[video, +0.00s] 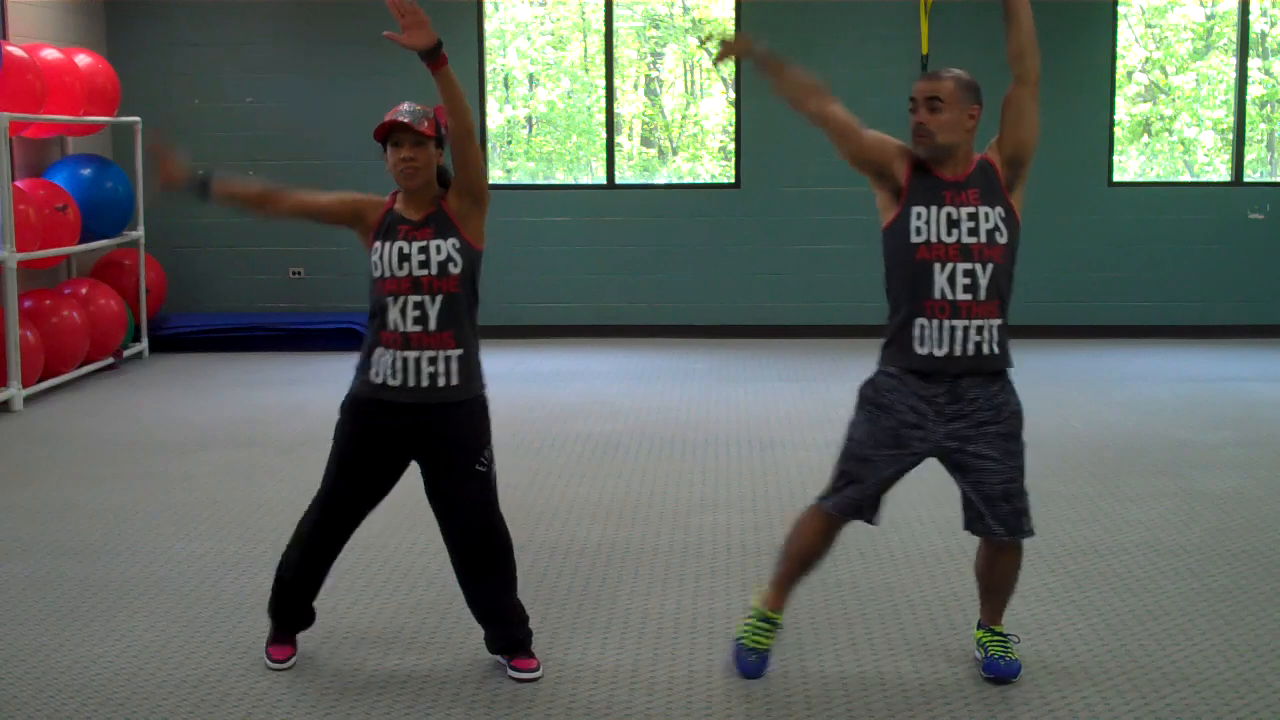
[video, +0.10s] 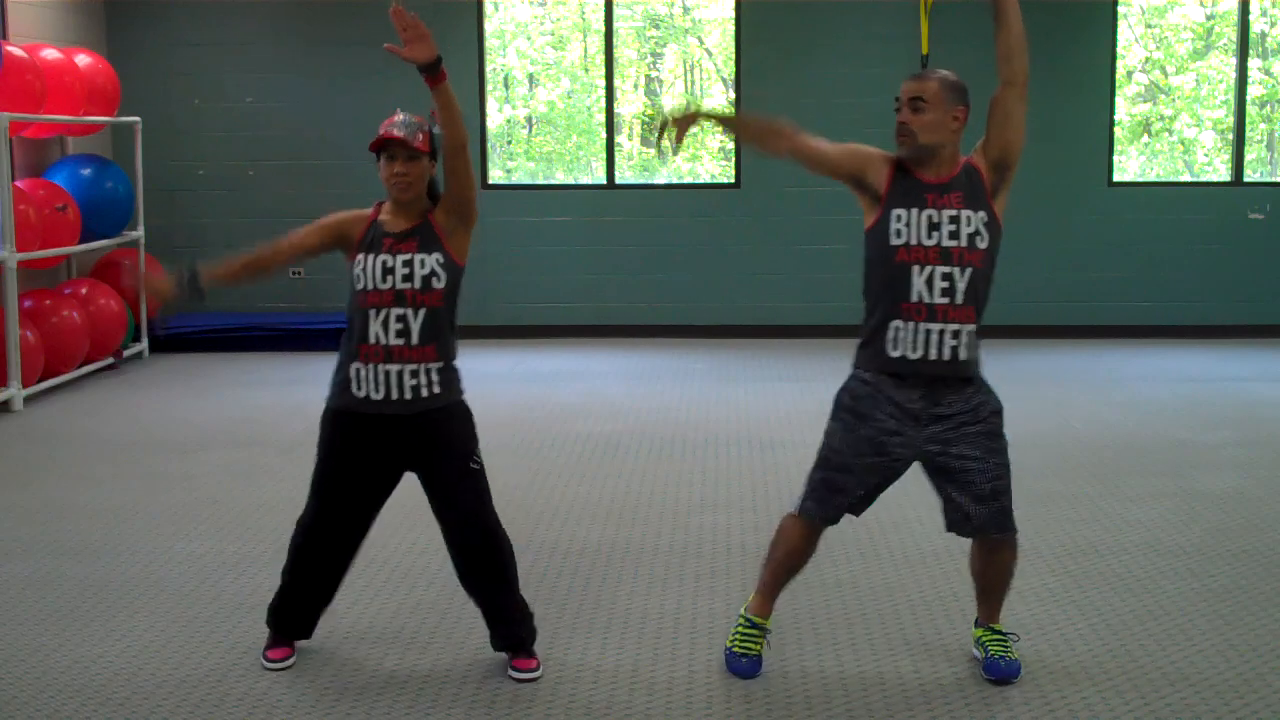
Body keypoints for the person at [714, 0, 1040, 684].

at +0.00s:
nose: (921, 117)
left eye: (936, 106)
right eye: (915, 107)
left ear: (974, 116)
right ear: (911, 117)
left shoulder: (1003, 171)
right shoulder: (895, 169)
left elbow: (1026, 77)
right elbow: (822, 105)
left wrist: (1016, 1)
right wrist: (756, 53)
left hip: (984, 394)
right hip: (902, 390)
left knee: (1004, 525)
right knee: (840, 504)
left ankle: (992, 631)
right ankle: (769, 609)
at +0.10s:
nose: (903, 117)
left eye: (919, 106)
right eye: (901, 106)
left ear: (960, 118)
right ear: (899, 116)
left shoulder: (987, 178)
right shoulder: (877, 172)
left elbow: (1014, 79)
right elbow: (793, 140)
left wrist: (1007, 2)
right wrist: (715, 119)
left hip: (960, 395)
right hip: (878, 392)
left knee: (997, 524)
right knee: (814, 510)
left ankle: (991, 629)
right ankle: (756, 615)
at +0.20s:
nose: (890, 120)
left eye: (906, 110)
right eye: (888, 110)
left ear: (947, 121)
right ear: (888, 120)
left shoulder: (976, 182)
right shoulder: (859, 178)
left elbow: (1009, 88)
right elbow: (772, 181)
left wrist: (1001, 4)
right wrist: (692, 199)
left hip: (947, 397)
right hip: (863, 395)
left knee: (999, 524)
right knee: (801, 513)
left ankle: (994, 623)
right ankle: (750, 617)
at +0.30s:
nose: (892, 125)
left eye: (908, 115)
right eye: (889, 114)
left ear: (946, 129)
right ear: (886, 123)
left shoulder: (975, 189)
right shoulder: (857, 195)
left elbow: (1013, 95)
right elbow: (795, 241)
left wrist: (1004, 4)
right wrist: (748, 280)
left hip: (944, 403)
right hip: (862, 399)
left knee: (990, 529)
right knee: (801, 517)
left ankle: (999, 627)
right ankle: (752, 618)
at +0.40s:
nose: (916, 131)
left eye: (931, 121)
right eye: (907, 119)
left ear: (957, 137)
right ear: (894, 132)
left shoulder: (983, 193)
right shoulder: (869, 214)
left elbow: (1026, 101)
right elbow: (837, 308)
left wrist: (1011, 10)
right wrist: (824, 296)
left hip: (958, 409)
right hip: (876, 404)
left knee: (999, 537)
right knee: (808, 516)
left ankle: (997, 632)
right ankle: (753, 619)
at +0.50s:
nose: (938, 127)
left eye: (951, 117)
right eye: (925, 117)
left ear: (969, 133)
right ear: (909, 132)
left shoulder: (996, 188)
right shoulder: (889, 208)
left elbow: (1040, 100)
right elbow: (852, 284)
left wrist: (1020, 12)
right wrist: (866, 207)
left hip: (989, 406)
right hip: (907, 403)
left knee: (1015, 543)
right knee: (832, 518)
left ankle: (997, 632)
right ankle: (773, 618)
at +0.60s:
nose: (953, 121)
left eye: (965, 112)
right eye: (939, 112)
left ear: (982, 126)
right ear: (919, 128)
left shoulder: (1008, 177)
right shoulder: (902, 193)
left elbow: (1044, 89)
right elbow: (862, 192)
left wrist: (1020, 5)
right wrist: (890, 100)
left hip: (1010, 397)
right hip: (930, 395)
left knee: (1026, 535)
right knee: (876, 517)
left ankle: (999, 631)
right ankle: (845, 609)